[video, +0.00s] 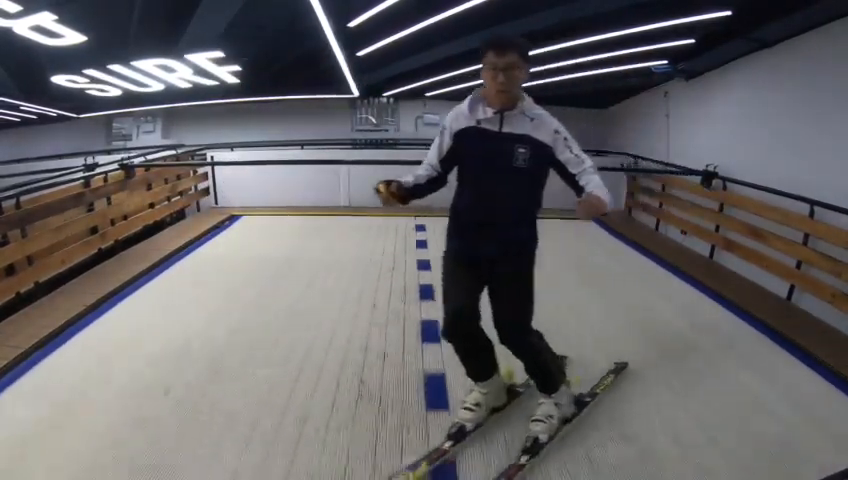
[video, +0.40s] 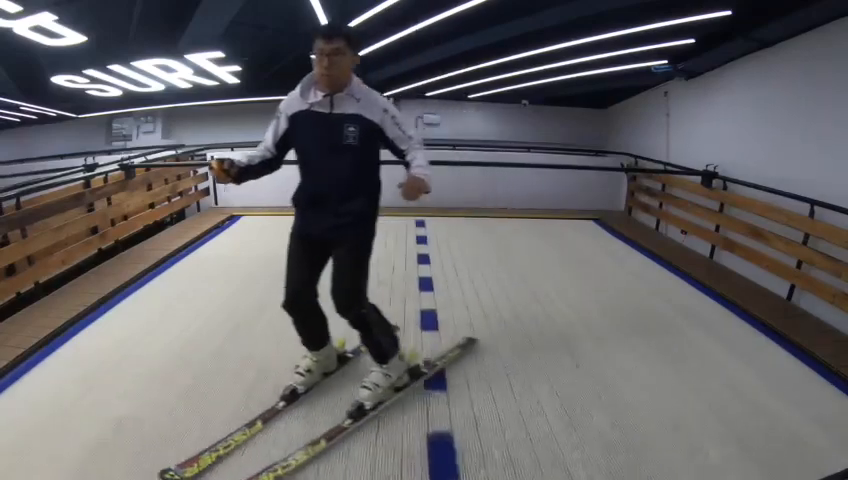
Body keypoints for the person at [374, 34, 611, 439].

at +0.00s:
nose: (501, 78)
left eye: (510, 70)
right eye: (493, 70)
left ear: (525, 72)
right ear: (482, 73)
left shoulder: (544, 127)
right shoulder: (459, 119)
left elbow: (583, 172)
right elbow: (434, 171)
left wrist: (595, 196)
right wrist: (403, 189)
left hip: (513, 246)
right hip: (464, 242)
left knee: (513, 330)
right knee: (457, 324)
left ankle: (556, 392)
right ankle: (490, 385)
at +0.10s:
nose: (457, 74)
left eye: (467, 66)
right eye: (450, 66)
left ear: (484, 70)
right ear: (441, 70)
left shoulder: (504, 123)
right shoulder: (421, 116)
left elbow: (544, 169)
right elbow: (397, 166)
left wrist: (550, 193)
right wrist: (364, 185)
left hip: (474, 239)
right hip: (426, 234)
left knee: (470, 325)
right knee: (416, 319)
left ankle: (515, 393)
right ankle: (447, 378)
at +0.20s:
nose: (412, 70)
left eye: (422, 62)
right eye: (405, 62)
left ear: (441, 66)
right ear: (398, 66)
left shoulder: (458, 117)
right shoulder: (379, 112)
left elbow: (498, 161)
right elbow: (353, 162)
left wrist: (503, 186)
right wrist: (319, 180)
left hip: (433, 233)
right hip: (386, 229)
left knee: (431, 319)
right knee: (374, 311)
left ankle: (474, 387)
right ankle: (403, 370)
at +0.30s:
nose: (369, 64)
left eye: (378, 56)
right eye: (362, 57)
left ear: (396, 61)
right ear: (353, 62)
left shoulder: (412, 109)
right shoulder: (335, 104)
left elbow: (454, 155)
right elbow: (310, 155)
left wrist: (459, 179)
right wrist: (276, 173)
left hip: (392, 223)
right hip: (346, 220)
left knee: (393, 308)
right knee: (334, 304)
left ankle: (437, 374)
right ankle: (361, 360)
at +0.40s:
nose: (326, 63)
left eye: (335, 56)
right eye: (319, 56)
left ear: (353, 60)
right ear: (312, 59)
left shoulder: (371, 104)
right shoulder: (295, 104)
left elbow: (411, 146)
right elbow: (270, 155)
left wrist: (418, 174)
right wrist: (237, 169)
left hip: (355, 217)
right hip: (310, 215)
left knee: (348, 300)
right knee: (297, 298)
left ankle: (391, 362)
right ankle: (323, 353)